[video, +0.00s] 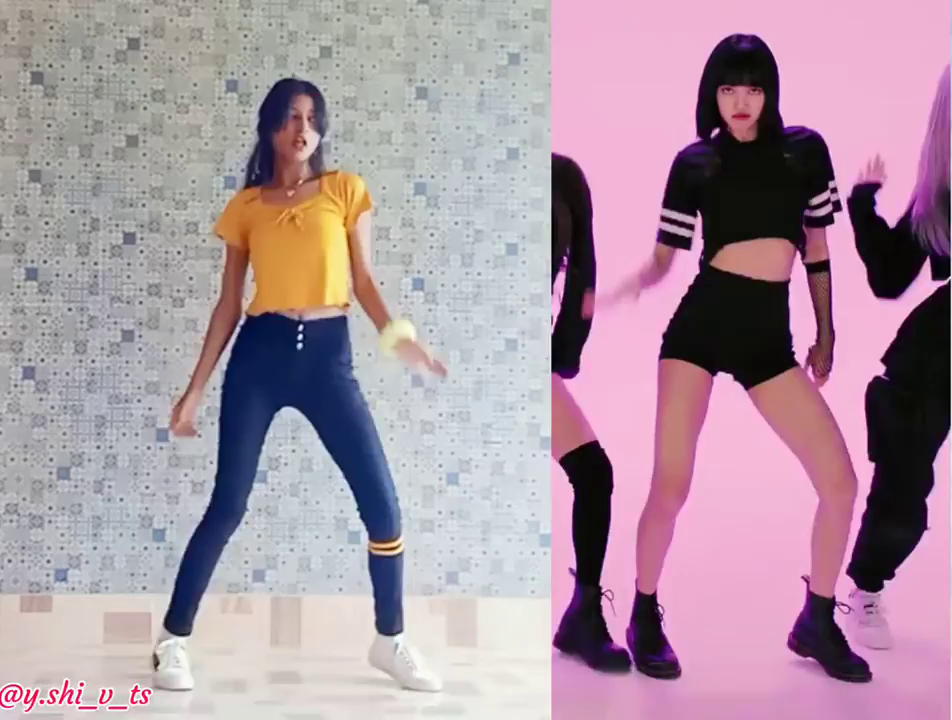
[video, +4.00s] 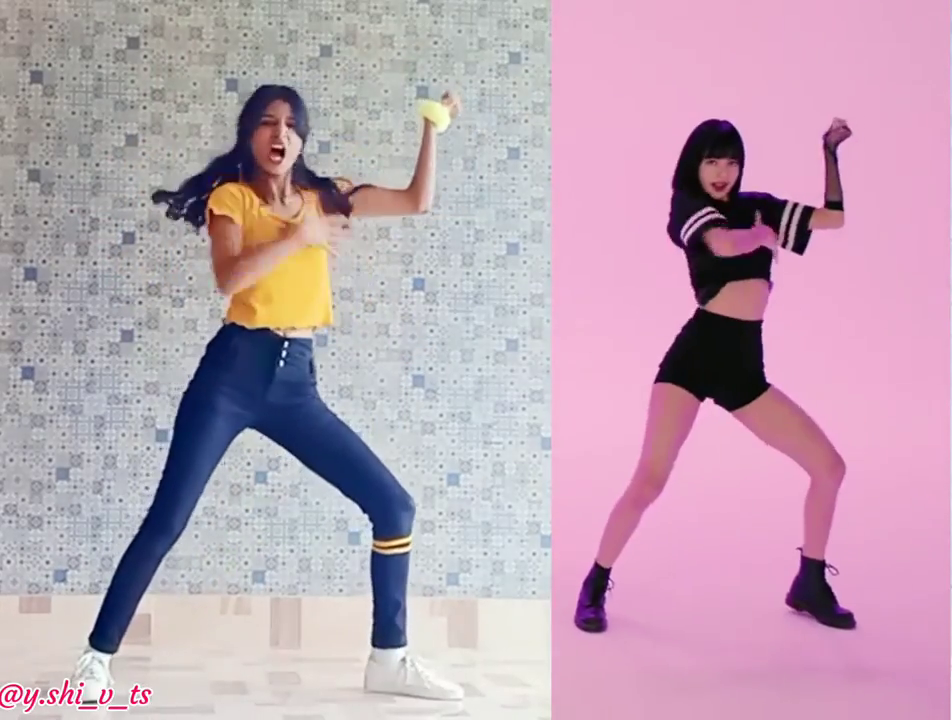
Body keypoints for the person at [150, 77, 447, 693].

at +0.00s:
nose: (300, 129)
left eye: (309, 120)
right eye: (288, 119)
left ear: (320, 130)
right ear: (267, 128)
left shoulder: (345, 189)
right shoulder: (246, 206)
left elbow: (362, 277)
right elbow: (228, 306)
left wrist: (399, 336)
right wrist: (194, 388)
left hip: (329, 359)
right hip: (257, 359)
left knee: (383, 505)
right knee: (229, 503)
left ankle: (389, 640)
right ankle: (173, 640)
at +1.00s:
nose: (202, 118)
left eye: (212, 109)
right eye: (191, 109)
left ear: (227, 119)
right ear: (176, 119)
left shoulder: (248, 177)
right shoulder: (156, 180)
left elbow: (271, 231)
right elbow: (86, 199)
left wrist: (271, 289)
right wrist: (125, 151)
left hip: (215, 340)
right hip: (153, 337)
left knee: (138, 467)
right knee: (165, 481)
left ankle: (178, 601)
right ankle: (175, 620)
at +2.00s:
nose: (248, 87)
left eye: (257, 79)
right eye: (233, 75)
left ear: (267, 94)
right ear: (211, 92)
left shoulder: (285, 149)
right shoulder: (191, 158)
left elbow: (310, 172)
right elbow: (211, 151)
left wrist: (234, 162)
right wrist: (250, 74)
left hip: (265, 348)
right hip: (197, 345)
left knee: (351, 478)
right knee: (185, 503)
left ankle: (299, 599)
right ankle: (162, 671)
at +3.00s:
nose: (285, 125)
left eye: (295, 115)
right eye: (271, 114)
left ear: (310, 126)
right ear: (253, 126)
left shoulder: (333, 188)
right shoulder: (240, 180)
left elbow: (394, 188)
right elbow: (283, 198)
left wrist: (376, 97)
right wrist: (365, 166)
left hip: (319, 361)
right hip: (249, 356)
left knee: (361, 511)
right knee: (196, 508)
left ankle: (406, 655)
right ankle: (142, 656)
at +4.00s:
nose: (280, 134)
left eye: (290, 126)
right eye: (267, 124)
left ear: (303, 138)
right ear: (246, 135)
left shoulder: (321, 197)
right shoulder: (231, 196)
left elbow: (415, 200)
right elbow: (231, 278)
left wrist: (429, 130)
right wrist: (304, 231)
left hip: (294, 387)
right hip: (230, 379)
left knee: (393, 505)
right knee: (166, 522)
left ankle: (389, 660)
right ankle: (95, 661)